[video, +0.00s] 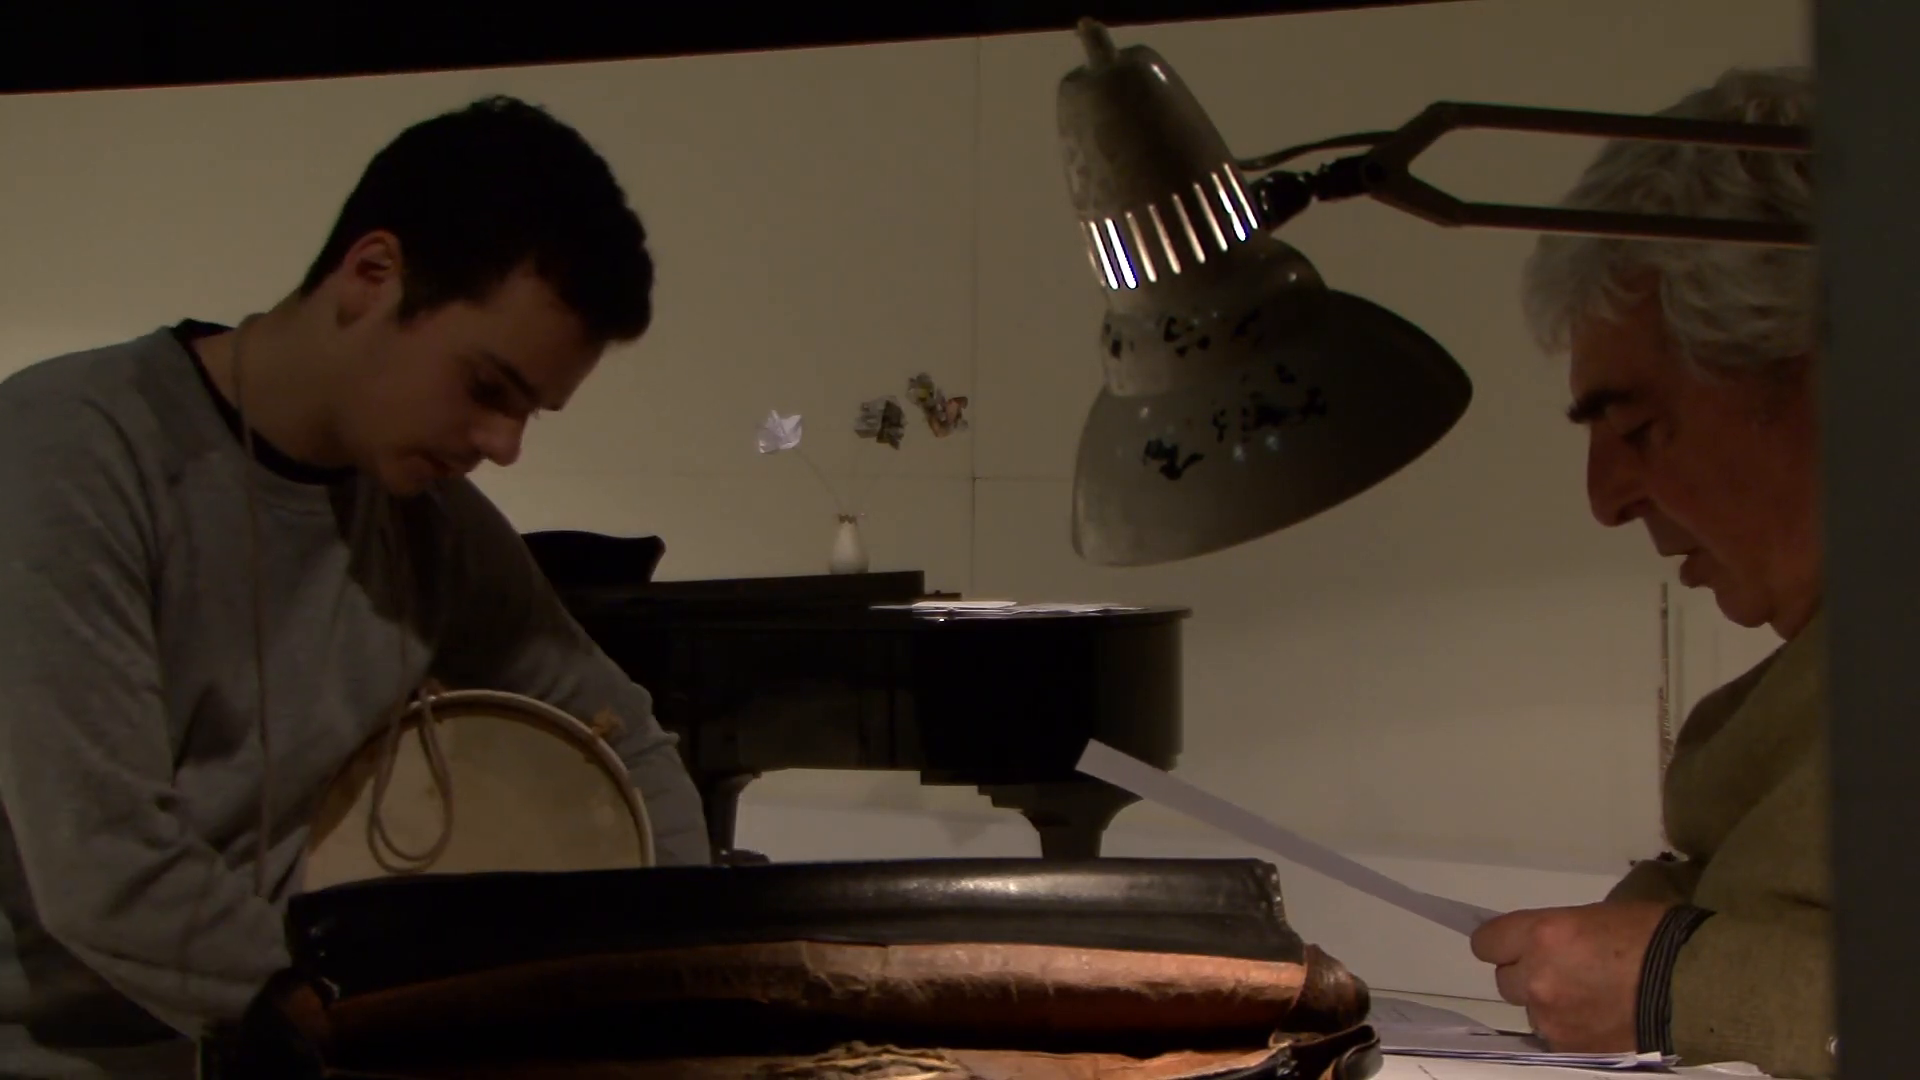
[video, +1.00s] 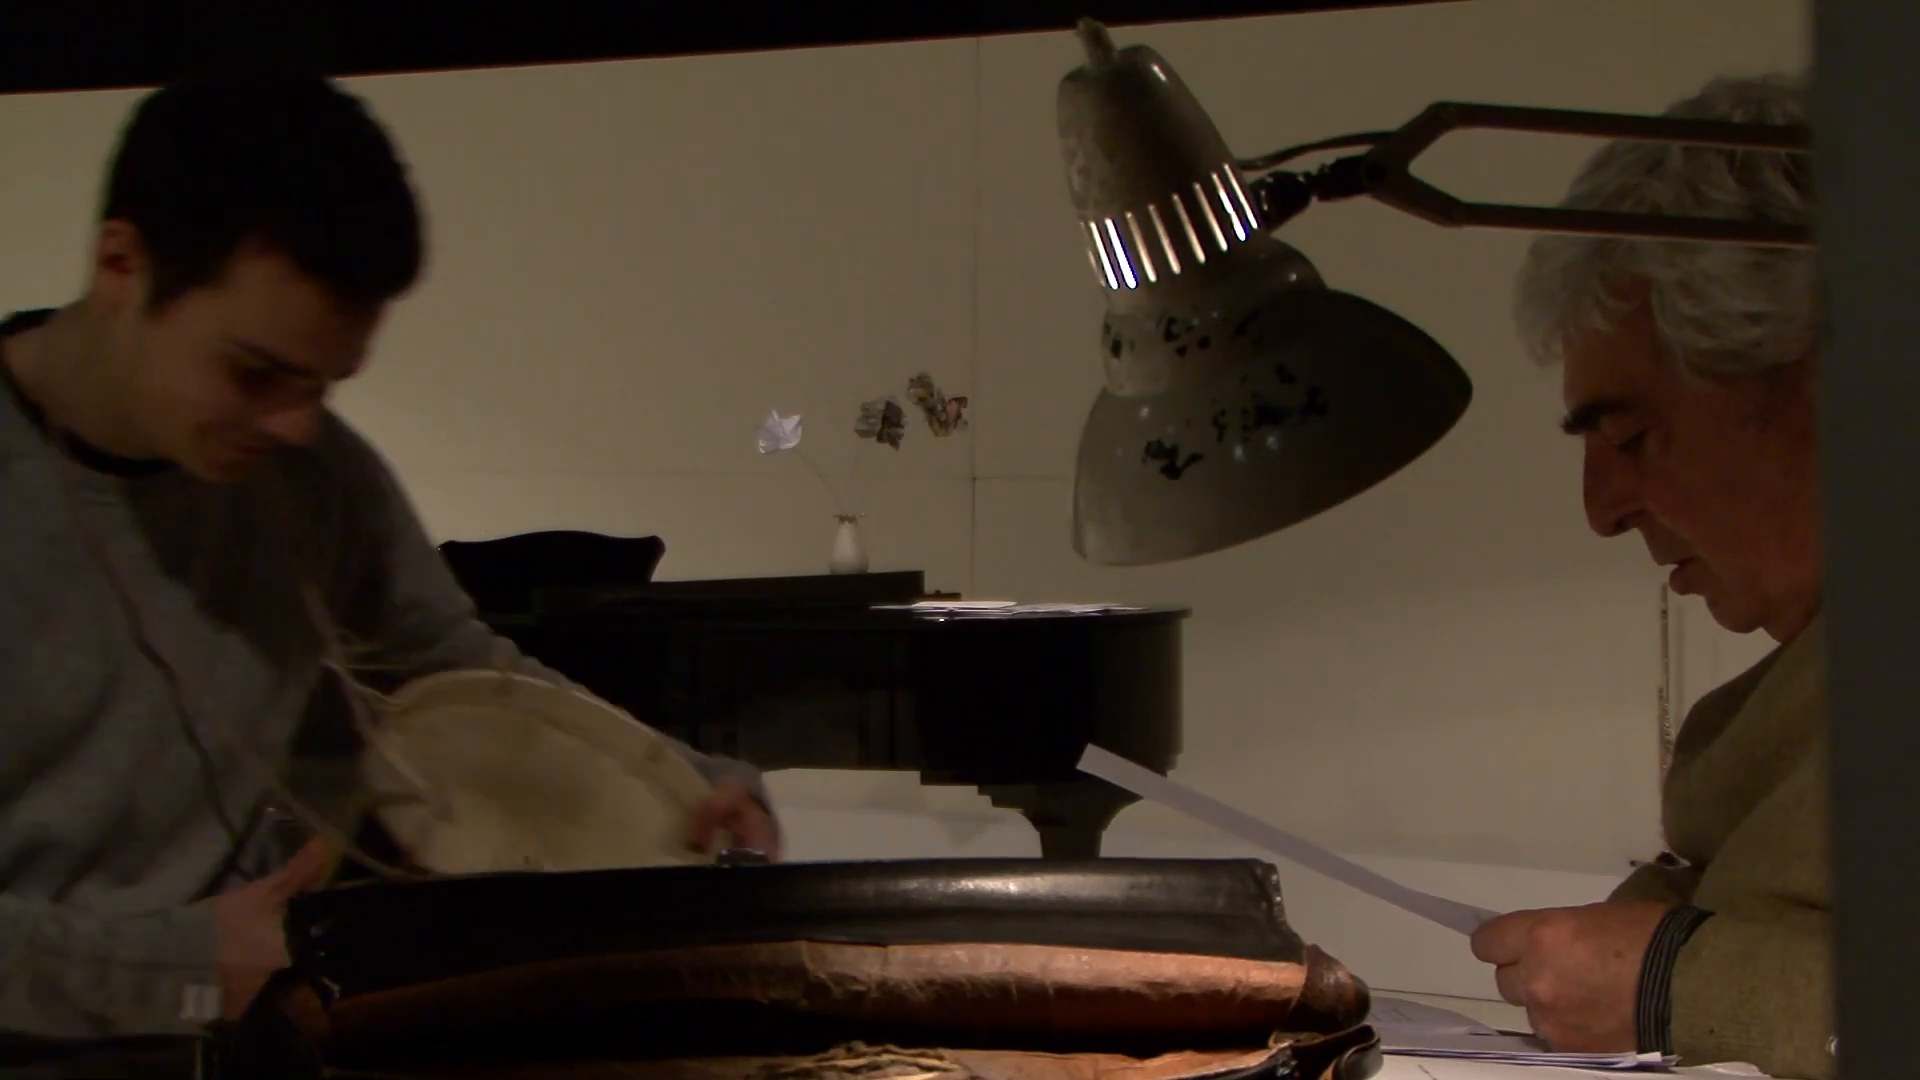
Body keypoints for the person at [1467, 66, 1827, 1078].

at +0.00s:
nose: (1609, 501)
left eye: (1636, 425)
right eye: (1599, 437)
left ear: (1818, 367)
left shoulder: (1873, 658)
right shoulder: (1801, 670)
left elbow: (1895, 999)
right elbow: (1742, 871)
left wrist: (1675, 985)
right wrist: (1649, 934)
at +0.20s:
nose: (1608, 503)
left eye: (1635, 426)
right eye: (1597, 436)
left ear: (1817, 372)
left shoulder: (1879, 655)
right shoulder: (1802, 667)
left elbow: (1897, 1005)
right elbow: (1748, 870)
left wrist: (1674, 984)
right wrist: (1650, 930)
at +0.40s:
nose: (1609, 505)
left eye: (1636, 428)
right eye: (1597, 438)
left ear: (1819, 370)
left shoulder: (1876, 660)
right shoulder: (1803, 671)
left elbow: (1894, 1006)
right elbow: (1749, 871)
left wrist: (1674, 984)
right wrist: (1651, 930)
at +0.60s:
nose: (1608, 506)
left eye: (1636, 430)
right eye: (1597, 441)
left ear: (1815, 372)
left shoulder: (1875, 658)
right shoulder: (1797, 676)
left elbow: (1895, 1007)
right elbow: (1749, 871)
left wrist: (1673, 983)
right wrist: (1653, 927)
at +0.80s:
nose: (1607, 507)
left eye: (1634, 430)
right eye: (1596, 440)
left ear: (1814, 375)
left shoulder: (1875, 657)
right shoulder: (1797, 674)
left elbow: (1892, 1006)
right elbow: (1740, 869)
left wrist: (1674, 984)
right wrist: (1649, 933)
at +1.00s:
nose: (1604, 510)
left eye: (1632, 433)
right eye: (1594, 446)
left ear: (1815, 376)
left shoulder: (1875, 660)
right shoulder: (1796, 675)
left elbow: (1892, 1009)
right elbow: (1742, 870)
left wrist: (1673, 984)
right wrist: (1652, 929)